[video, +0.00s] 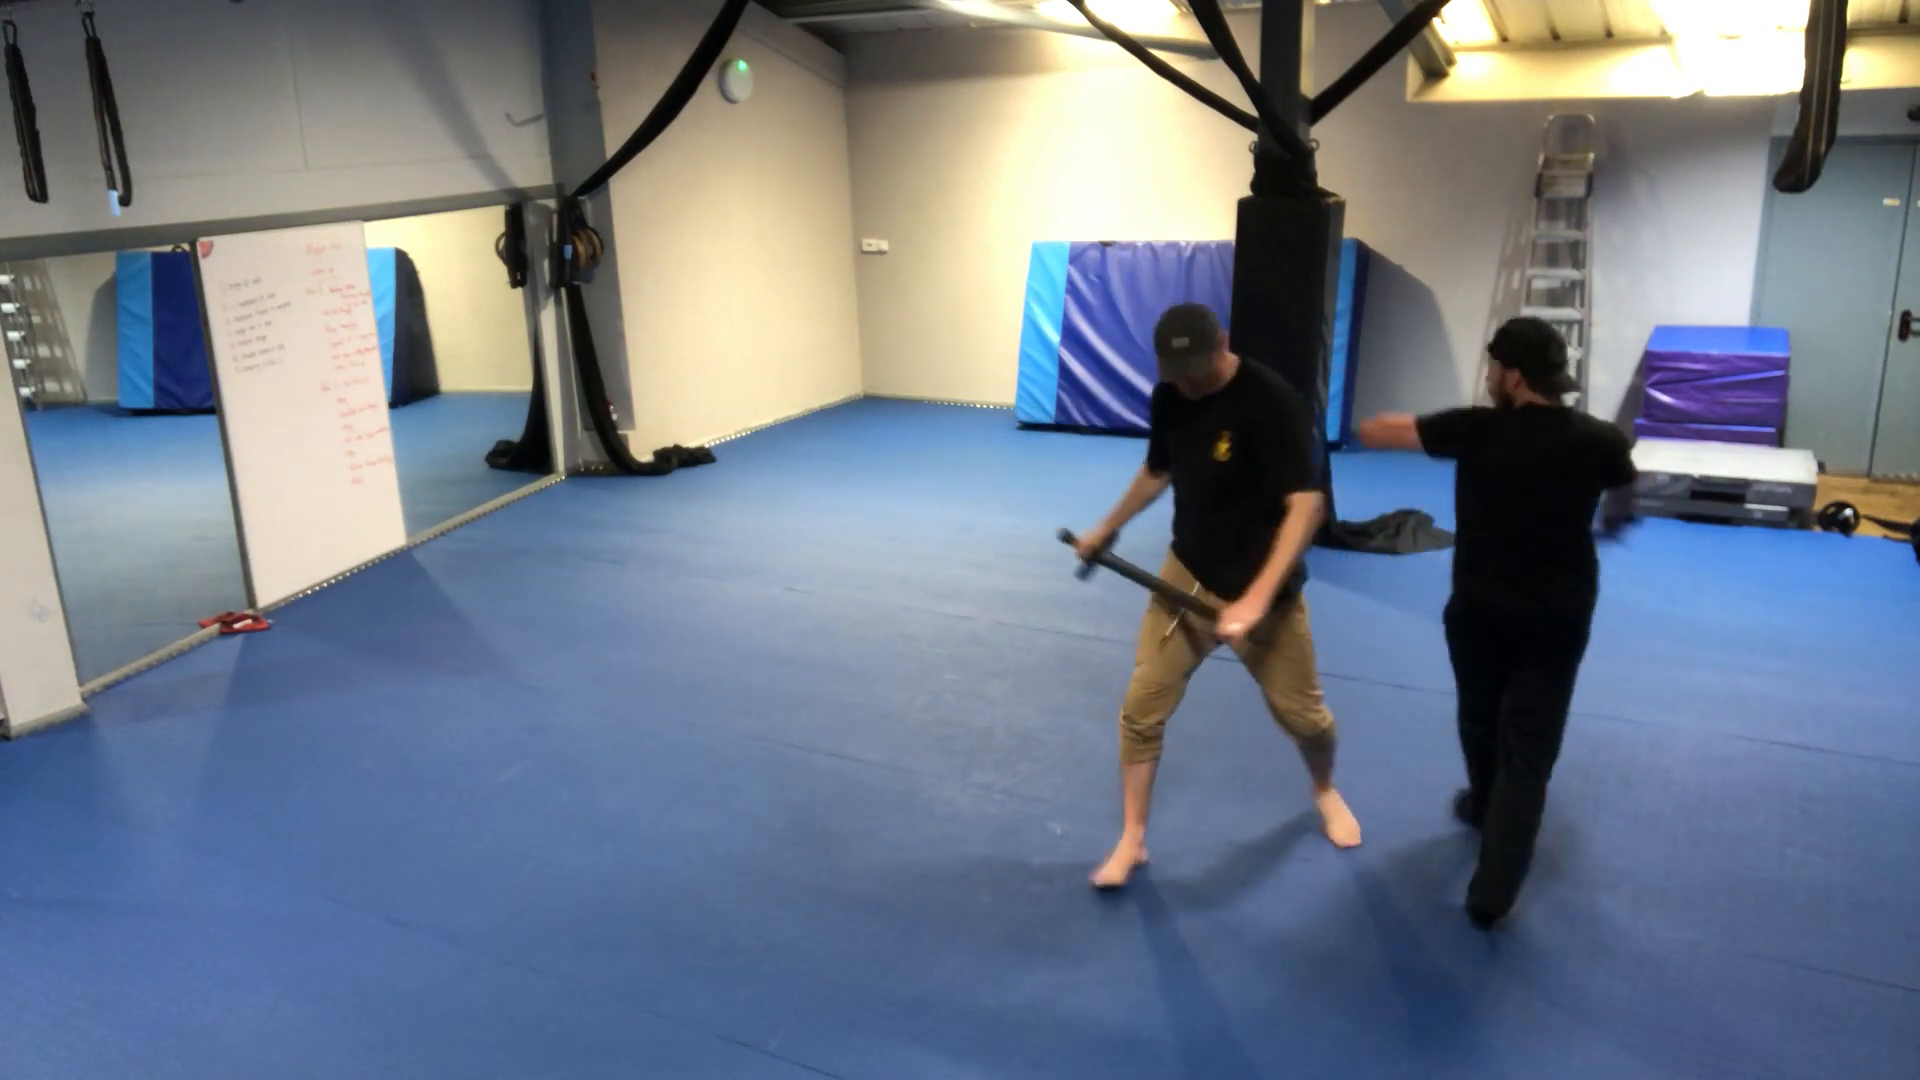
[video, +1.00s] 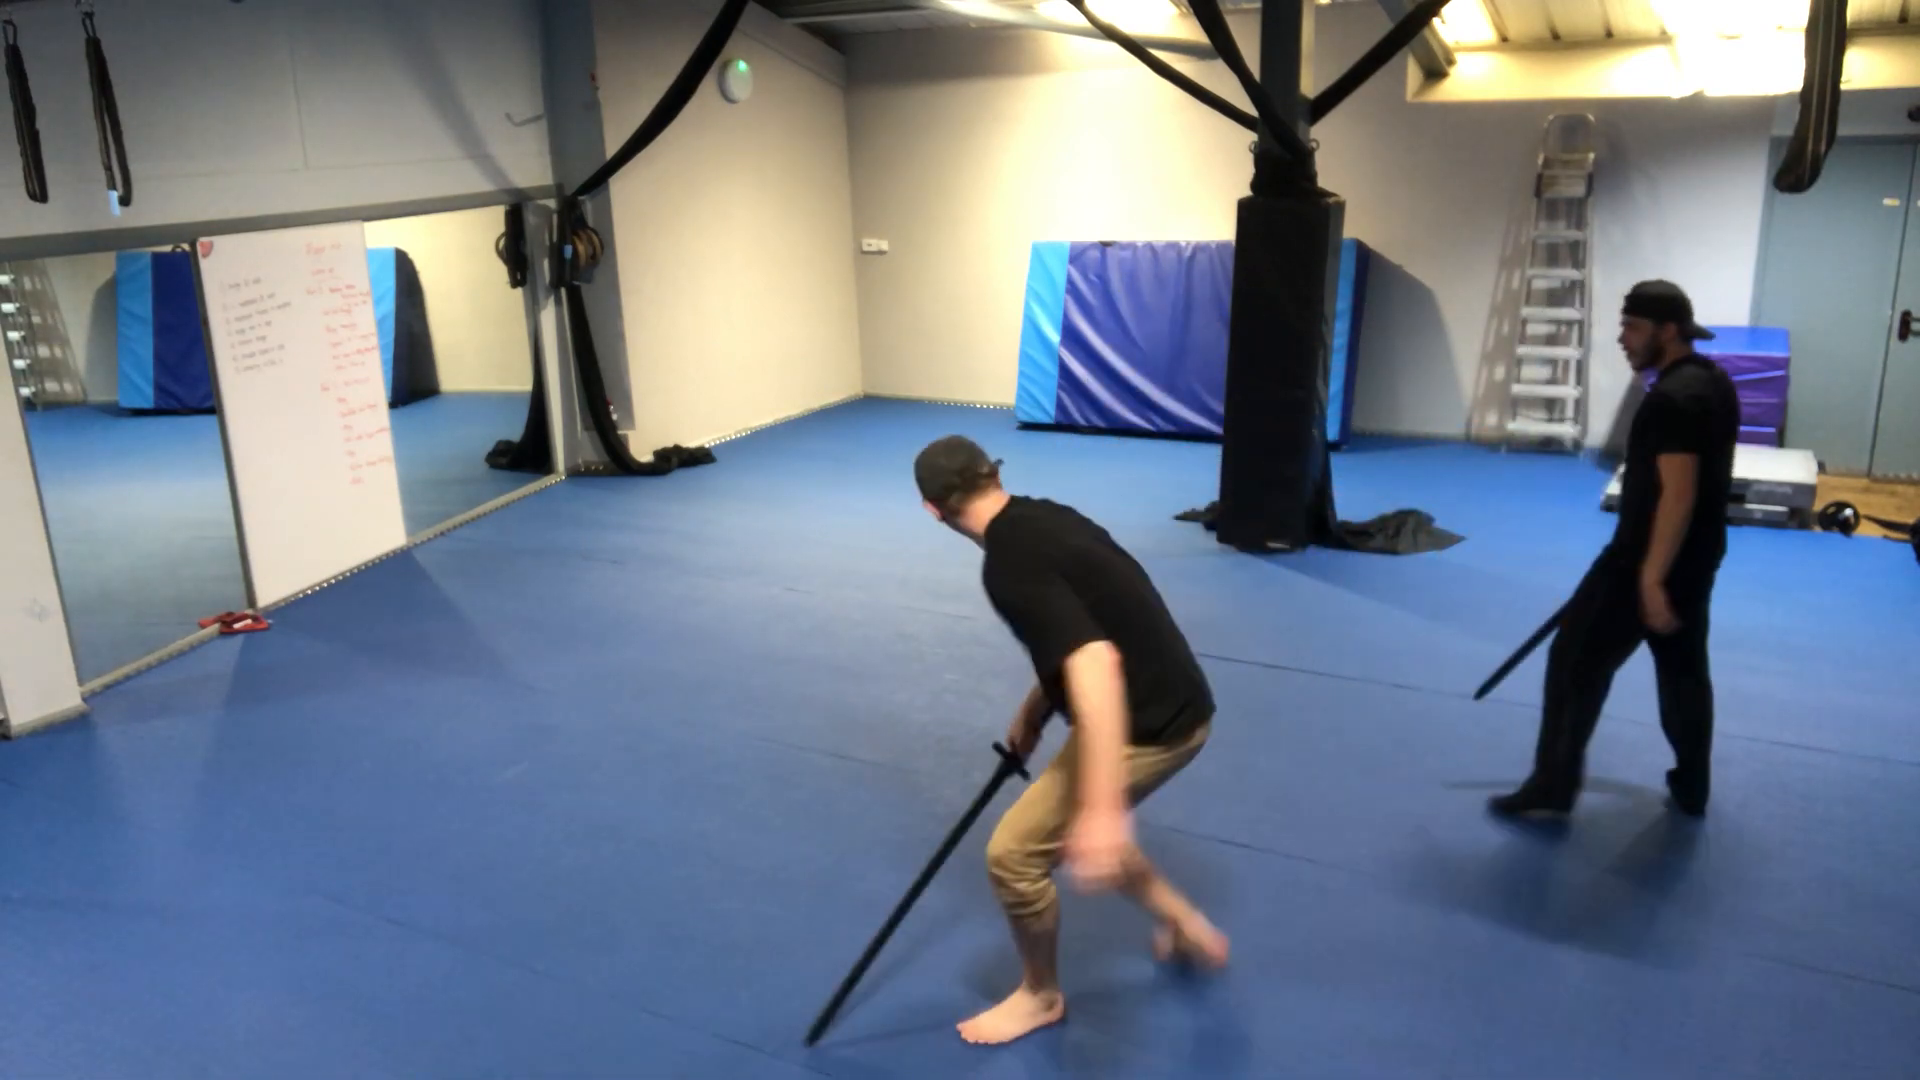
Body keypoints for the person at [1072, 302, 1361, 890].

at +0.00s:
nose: (1188, 382)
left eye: (1198, 370)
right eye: (1178, 373)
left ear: (1223, 346)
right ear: (1165, 363)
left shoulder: (1274, 401)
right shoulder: (1169, 399)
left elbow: (1307, 506)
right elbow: (1157, 471)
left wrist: (1255, 599)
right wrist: (1105, 530)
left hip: (1267, 582)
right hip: (1189, 572)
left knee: (1306, 719)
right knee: (1142, 707)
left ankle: (1325, 791)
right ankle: (1132, 837)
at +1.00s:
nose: (934, 512)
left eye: (929, 503)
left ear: (936, 508)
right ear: (996, 474)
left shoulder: (1011, 559)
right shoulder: (1045, 518)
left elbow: (1095, 657)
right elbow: (1079, 632)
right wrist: (1032, 715)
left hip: (1145, 727)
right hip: (1175, 703)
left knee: (1013, 857)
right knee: (1082, 825)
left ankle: (1040, 993)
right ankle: (1189, 929)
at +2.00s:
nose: (1186, 478)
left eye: (1189, 466)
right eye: (1188, 465)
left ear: (1107, 453)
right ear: (1170, 467)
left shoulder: (1021, 514)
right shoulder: (1133, 556)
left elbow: (930, 613)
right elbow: (1112, 714)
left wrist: (989, 687)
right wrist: (1214, 812)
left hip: (957, 772)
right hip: (1052, 801)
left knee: (1002, 867)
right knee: (1135, 985)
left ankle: (966, 1028)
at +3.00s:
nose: (945, 459)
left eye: (945, 445)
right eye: (945, 445)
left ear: (877, 436)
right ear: (925, 447)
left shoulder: (806, 490)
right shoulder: (867, 526)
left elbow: (735, 581)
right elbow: (896, 680)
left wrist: (771, 669)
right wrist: (987, 709)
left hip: (832, 736)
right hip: (788, 756)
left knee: (912, 850)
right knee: (824, 919)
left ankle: (950, 1022)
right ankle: (731, 1033)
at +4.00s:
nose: (960, 410)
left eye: (959, 399)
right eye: (960, 399)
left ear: (890, 390)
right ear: (948, 395)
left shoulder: (826, 454)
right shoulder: (938, 458)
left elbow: (763, 565)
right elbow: (952, 584)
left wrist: (798, 644)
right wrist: (1010, 696)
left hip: (813, 679)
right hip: (878, 690)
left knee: (886, 824)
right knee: (907, 856)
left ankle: (900, 956)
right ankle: (777, 1001)